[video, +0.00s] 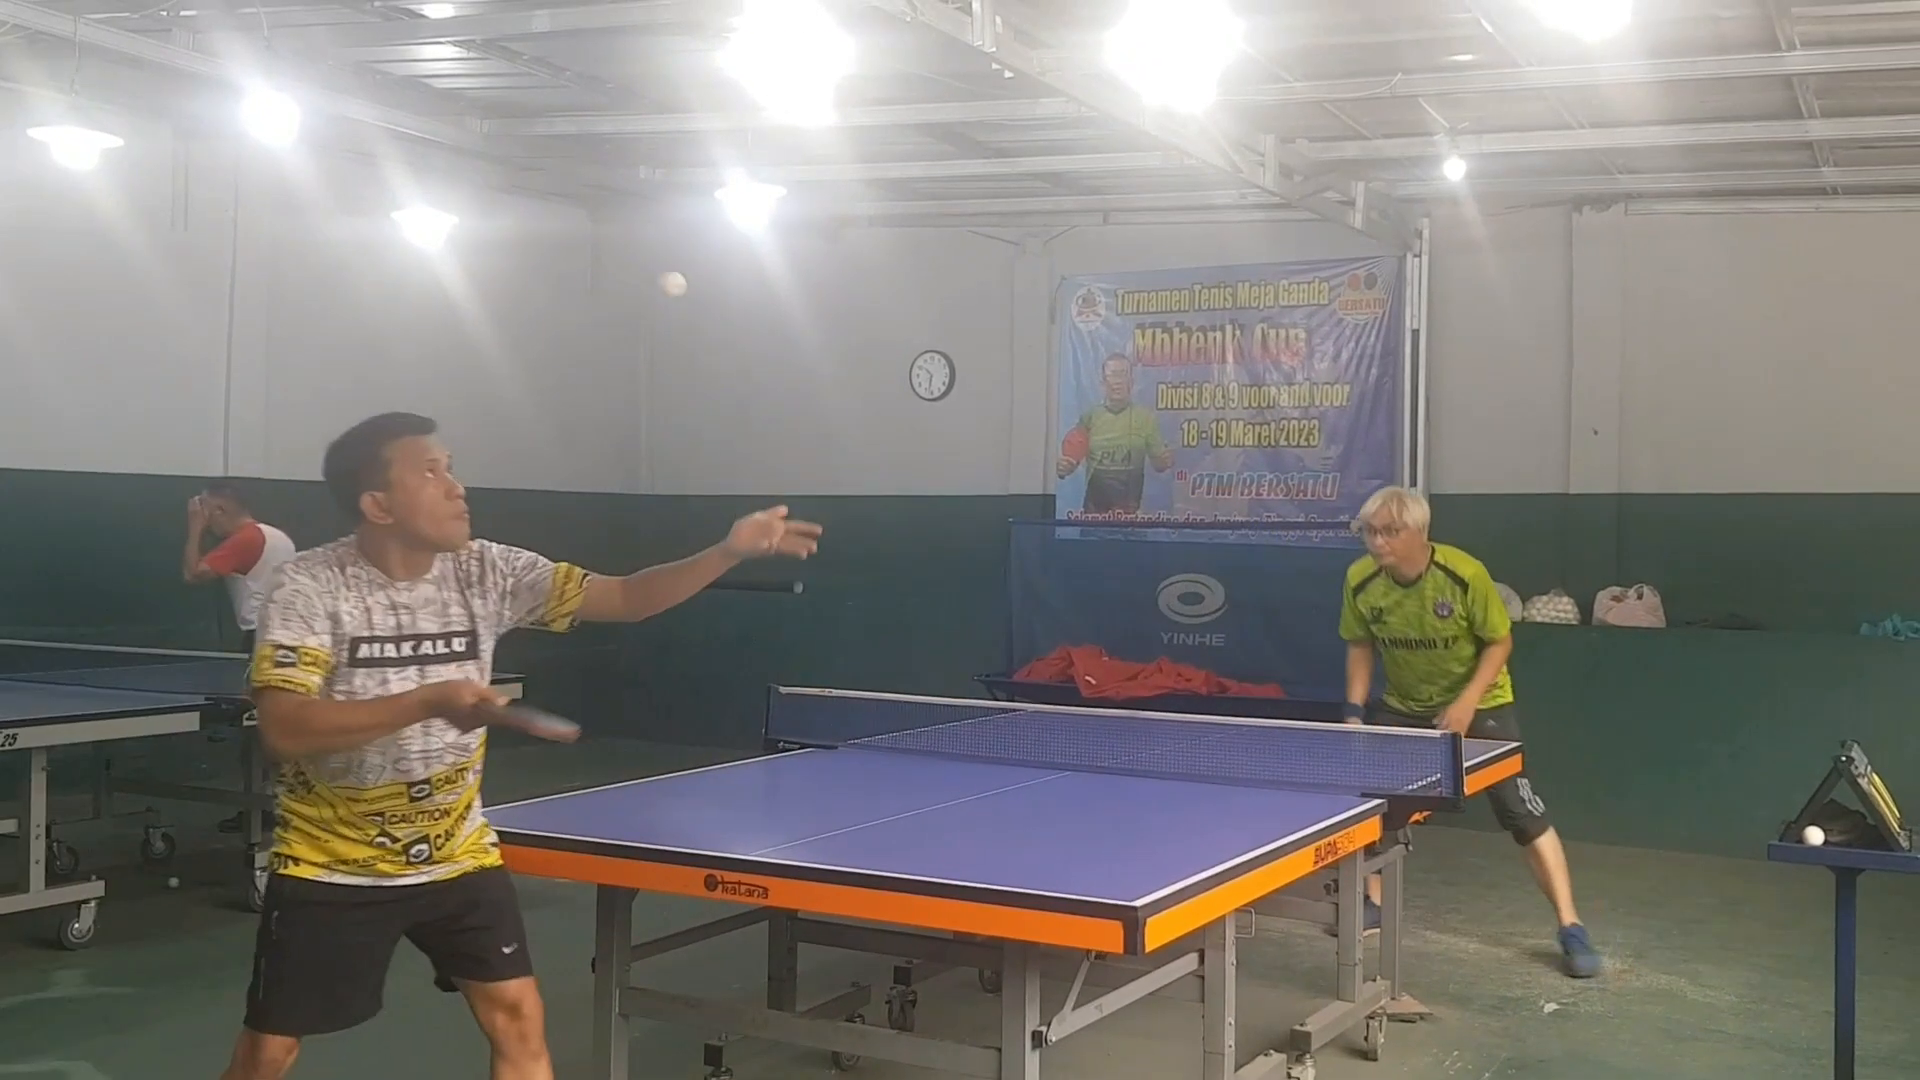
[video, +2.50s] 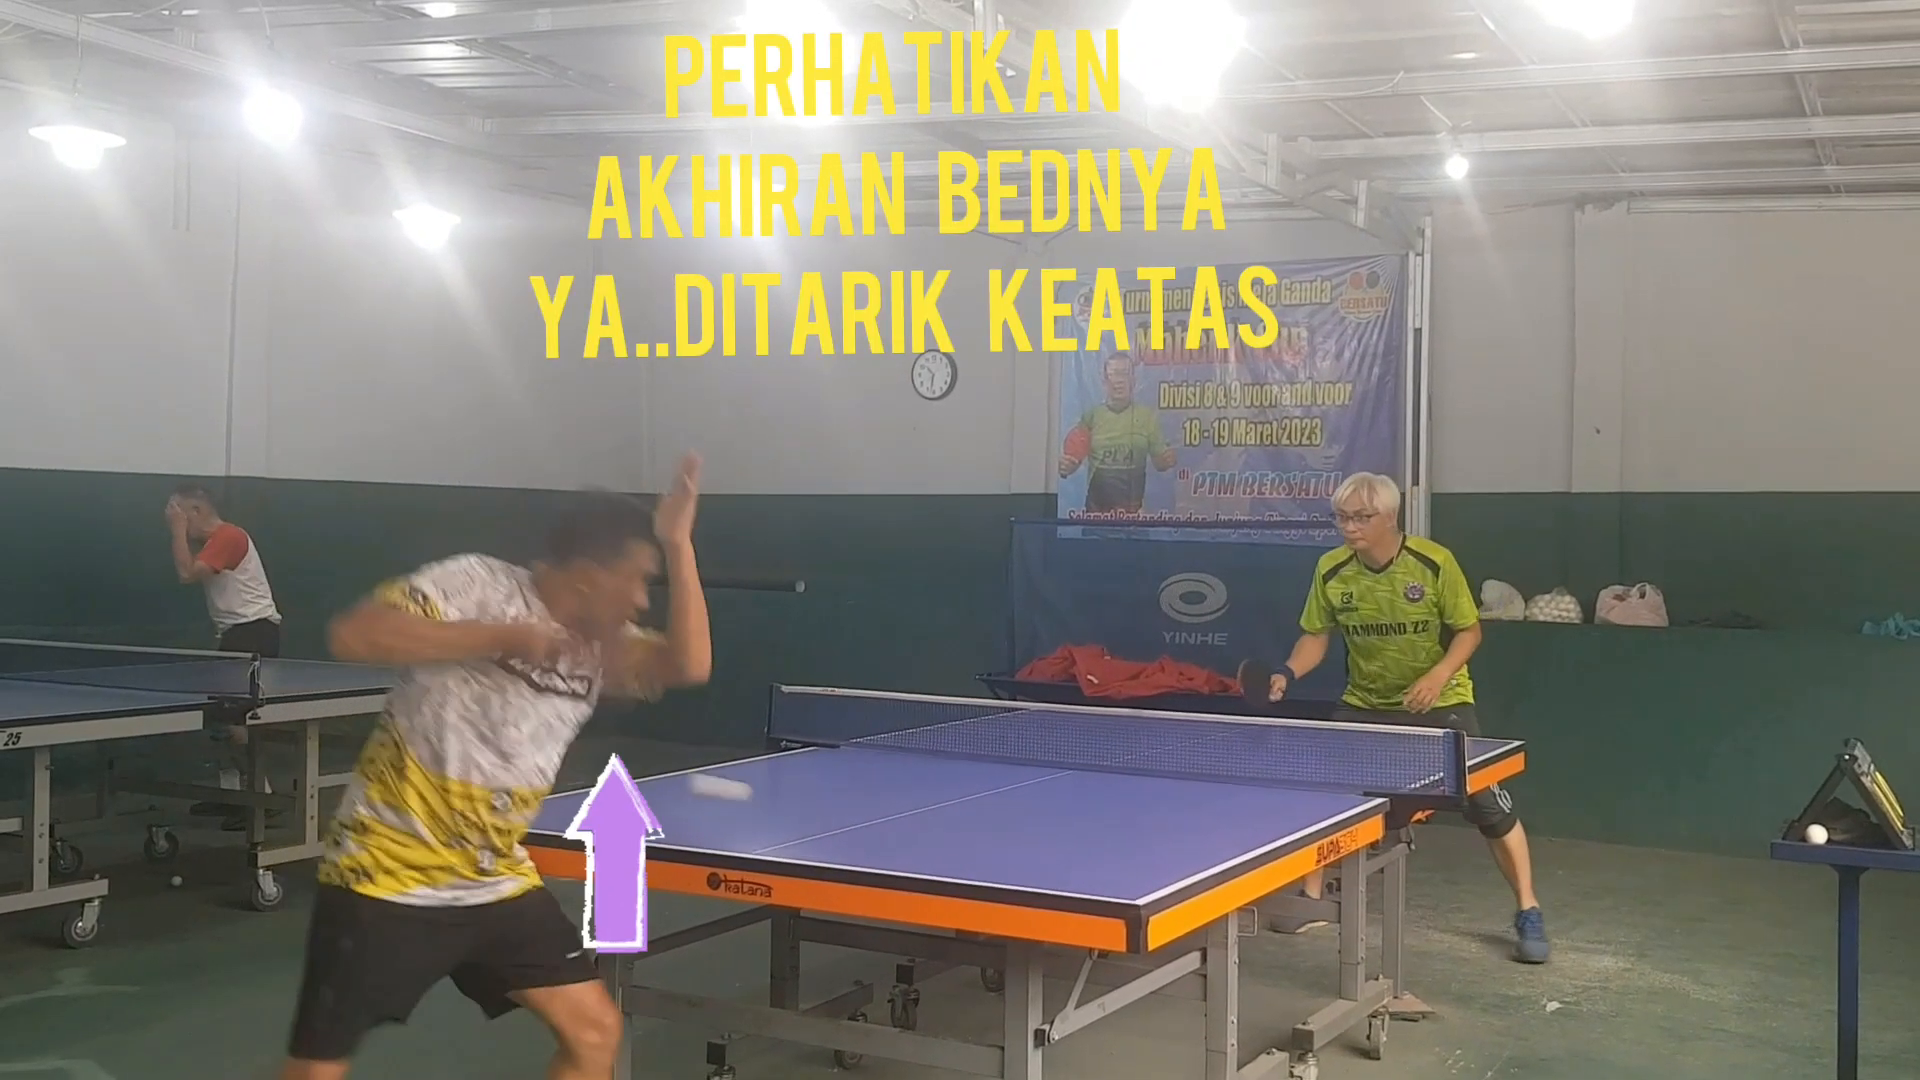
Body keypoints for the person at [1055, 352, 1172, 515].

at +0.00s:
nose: (1116, 382)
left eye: (1122, 375)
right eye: (1111, 375)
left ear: (1131, 380)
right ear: (1103, 381)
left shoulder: (1144, 418)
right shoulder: (1090, 418)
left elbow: (1157, 462)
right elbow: (1074, 450)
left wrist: (1164, 460)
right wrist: (1064, 466)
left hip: (1129, 505)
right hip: (1095, 506)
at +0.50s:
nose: (1117, 381)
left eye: (1123, 374)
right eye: (1111, 375)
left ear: (1132, 380)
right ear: (1103, 381)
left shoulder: (1145, 417)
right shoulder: (1091, 417)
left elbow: (1158, 461)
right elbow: (1075, 449)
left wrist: (1165, 459)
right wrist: (1065, 465)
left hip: (1130, 504)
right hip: (1096, 505)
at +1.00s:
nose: (1117, 382)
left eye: (1122, 375)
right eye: (1111, 375)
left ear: (1132, 380)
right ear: (1103, 381)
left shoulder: (1145, 417)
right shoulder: (1091, 417)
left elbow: (1158, 461)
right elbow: (1074, 449)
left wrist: (1165, 461)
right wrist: (1065, 466)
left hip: (1130, 504)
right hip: (1095, 505)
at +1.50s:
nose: (1118, 382)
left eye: (1123, 375)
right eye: (1112, 375)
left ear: (1132, 380)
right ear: (1103, 381)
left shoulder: (1145, 417)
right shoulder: (1091, 418)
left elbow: (1158, 462)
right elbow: (1074, 450)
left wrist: (1166, 460)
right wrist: (1066, 466)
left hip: (1131, 505)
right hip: (1097, 506)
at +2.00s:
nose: (1117, 382)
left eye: (1123, 375)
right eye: (1111, 375)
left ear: (1132, 380)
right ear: (1102, 380)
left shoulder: (1145, 418)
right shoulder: (1091, 417)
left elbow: (1158, 462)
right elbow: (1074, 450)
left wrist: (1165, 460)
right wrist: (1064, 466)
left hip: (1131, 506)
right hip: (1096, 506)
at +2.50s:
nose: (1118, 381)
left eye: (1124, 374)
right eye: (1112, 374)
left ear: (1133, 380)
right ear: (1104, 380)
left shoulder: (1146, 417)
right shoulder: (1092, 417)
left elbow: (1159, 461)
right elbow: (1076, 450)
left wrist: (1167, 459)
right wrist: (1066, 466)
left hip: (1132, 505)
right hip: (1097, 506)